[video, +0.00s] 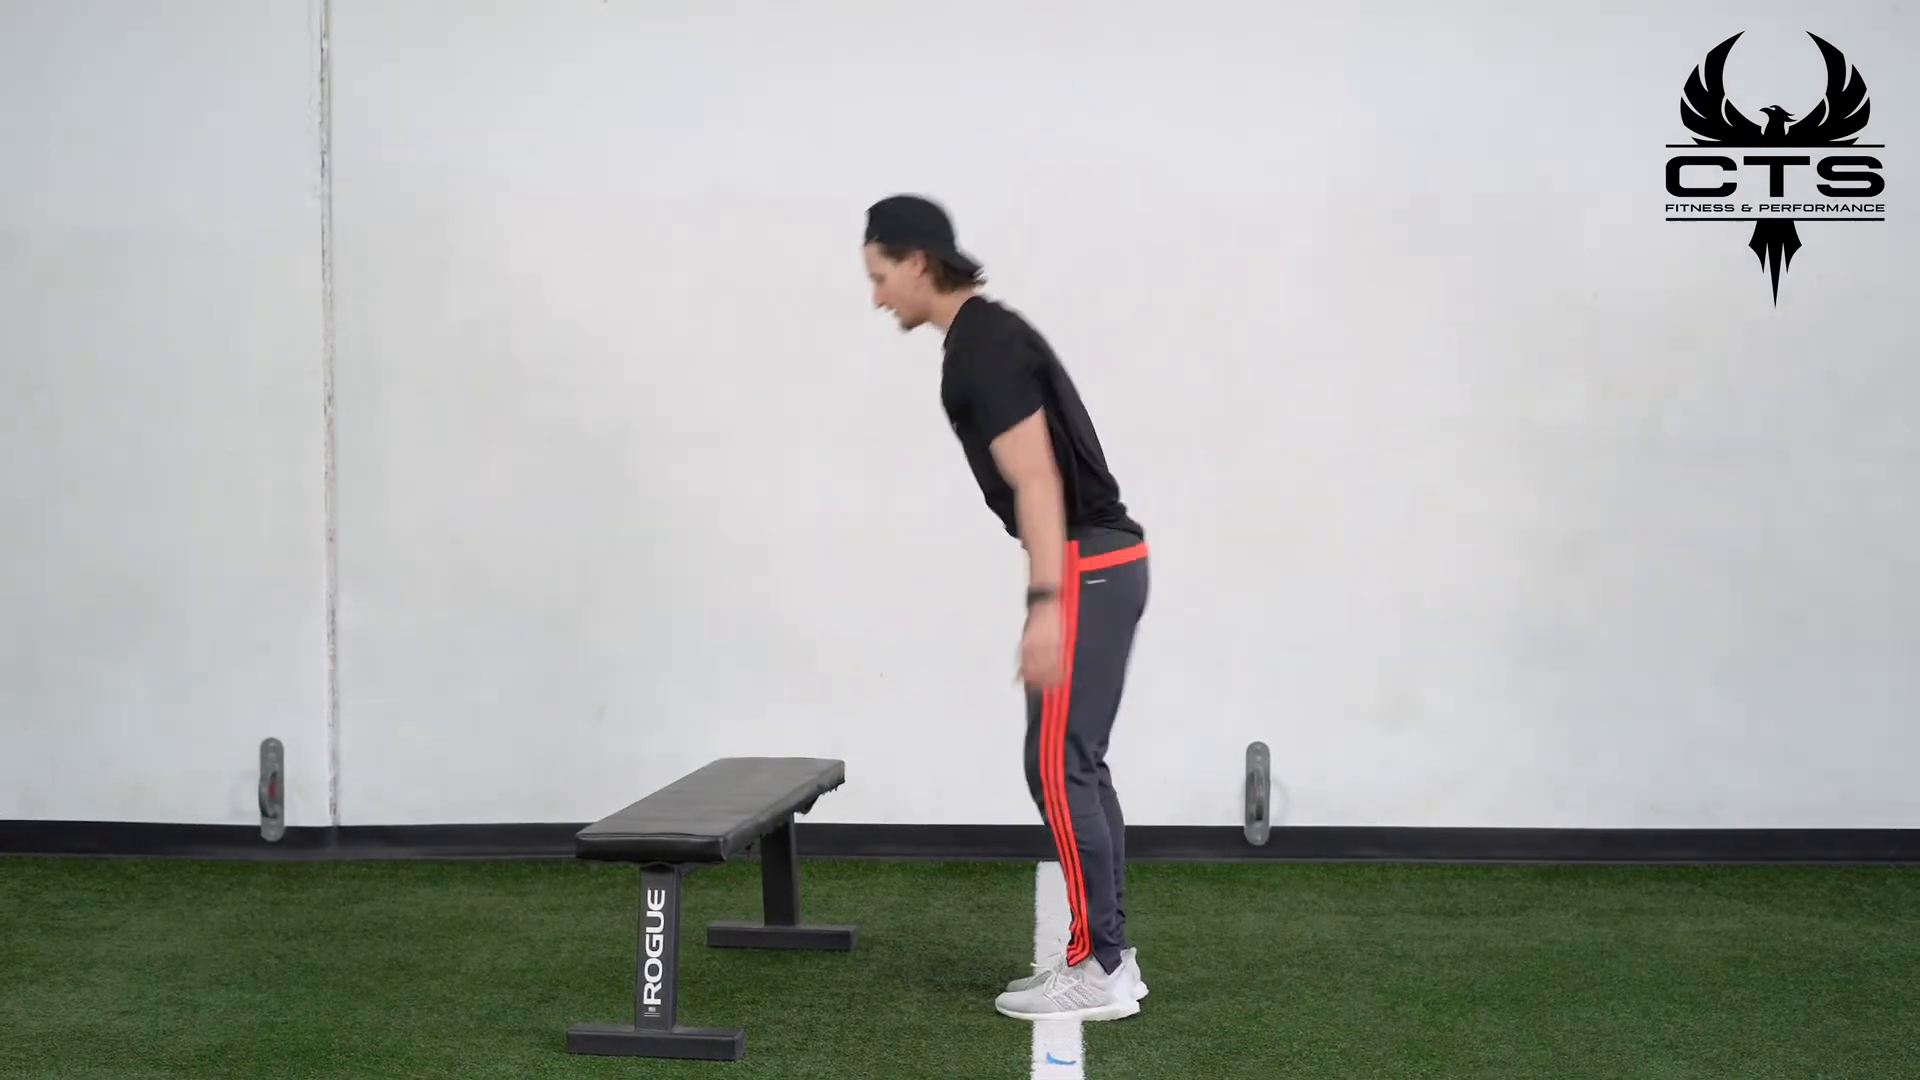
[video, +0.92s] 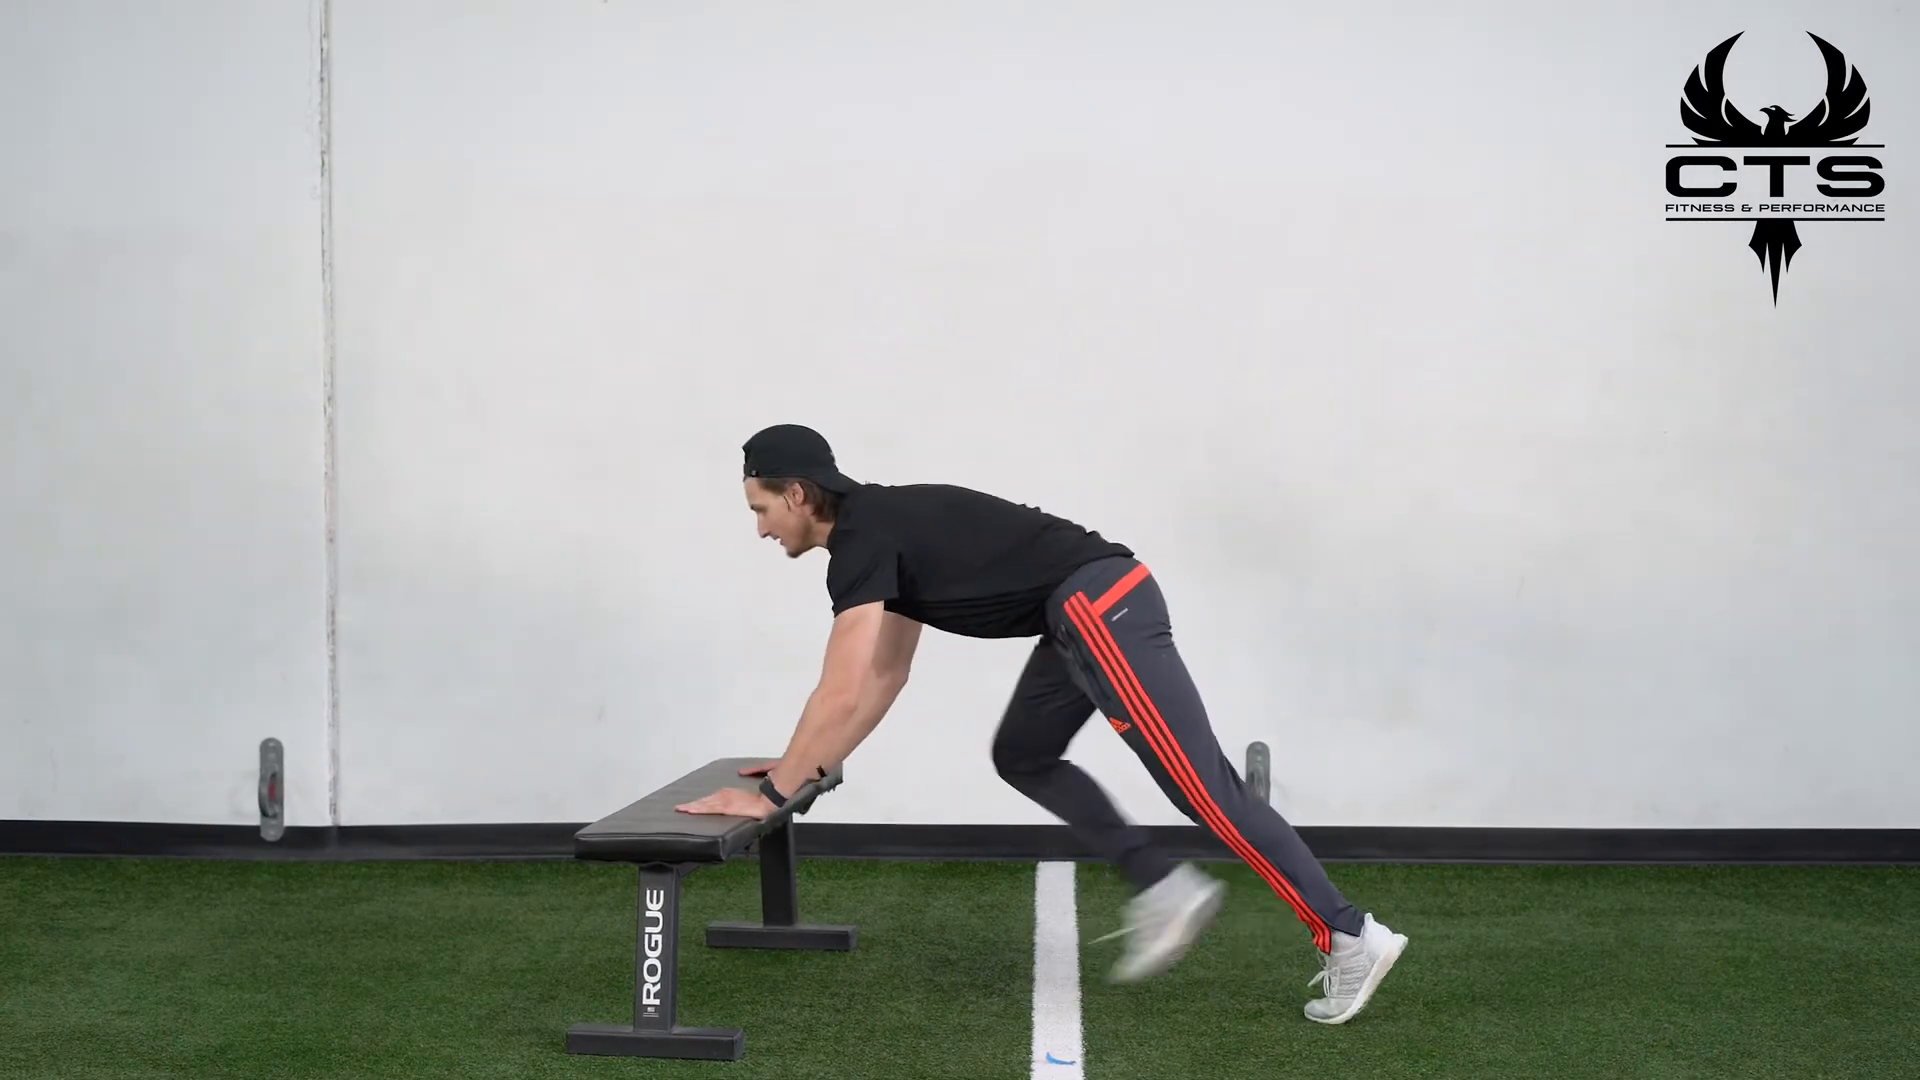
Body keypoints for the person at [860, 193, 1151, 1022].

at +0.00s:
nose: (874, 294)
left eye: (877, 275)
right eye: (871, 278)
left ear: (919, 262)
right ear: (917, 264)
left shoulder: (983, 346)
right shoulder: (978, 339)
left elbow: (1038, 479)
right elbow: (1042, 477)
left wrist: (1043, 603)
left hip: (1088, 568)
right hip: (1086, 565)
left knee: (1058, 765)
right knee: (1073, 762)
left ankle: (1102, 966)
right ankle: (1101, 954)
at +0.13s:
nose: (838, 361)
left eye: (841, 341)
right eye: (834, 344)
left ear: (887, 330)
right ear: (894, 333)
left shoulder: (949, 405)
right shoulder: (967, 391)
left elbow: (969, 558)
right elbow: (1017, 547)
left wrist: (932, 685)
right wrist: (991, 670)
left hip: (1123, 566)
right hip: (1118, 564)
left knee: (1077, 767)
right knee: (1081, 766)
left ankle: (1105, 969)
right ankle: (1102, 958)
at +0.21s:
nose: (825, 414)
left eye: (828, 394)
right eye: (820, 398)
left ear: (871, 381)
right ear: (881, 383)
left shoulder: (937, 450)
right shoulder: (958, 438)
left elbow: (920, 608)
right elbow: (974, 601)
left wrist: (851, 714)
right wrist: (909, 706)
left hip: (1135, 572)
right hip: (1142, 568)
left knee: (1070, 768)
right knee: (1094, 771)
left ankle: (1104, 970)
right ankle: (1107, 960)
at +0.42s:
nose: (803, 502)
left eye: (805, 482)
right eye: (798, 484)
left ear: (842, 467)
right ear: (850, 467)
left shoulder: (910, 517)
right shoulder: (930, 511)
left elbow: (849, 670)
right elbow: (883, 669)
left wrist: (770, 775)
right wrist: (803, 761)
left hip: (1137, 570)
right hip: (1145, 566)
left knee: (1051, 760)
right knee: (1082, 764)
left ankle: (1136, 945)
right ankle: (1114, 946)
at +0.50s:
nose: (784, 519)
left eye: (787, 501)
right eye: (780, 503)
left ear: (827, 484)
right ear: (828, 484)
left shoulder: (890, 531)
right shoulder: (911, 523)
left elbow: (851, 683)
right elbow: (886, 675)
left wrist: (779, 786)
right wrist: (813, 768)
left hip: (1122, 573)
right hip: (1123, 570)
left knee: (1072, 773)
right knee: (1076, 774)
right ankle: (1104, 959)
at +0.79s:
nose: (757, 523)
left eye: (760, 506)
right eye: (753, 508)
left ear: (801, 491)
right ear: (813, 489)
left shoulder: (863, 535)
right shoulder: (891, 535)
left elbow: (837, 687)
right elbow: (876, 682)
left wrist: (770, 792)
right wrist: (807, 769)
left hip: (1099, 592)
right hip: (1081, 605)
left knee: (1194, 780)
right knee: (1018, 757)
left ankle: (1346, 935)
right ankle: (1093, 938)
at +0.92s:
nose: (758, 523)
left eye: (762, 507)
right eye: (754, 509)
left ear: (804, 492)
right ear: (814, 490)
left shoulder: (861, 541)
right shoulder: (887, 534)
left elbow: (846, 688)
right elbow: (881, 685)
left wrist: (772, 791)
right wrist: (808, 768)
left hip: (1098, 598)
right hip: (1077, 610)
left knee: (1201, 781)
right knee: (1023, 755)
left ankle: (1351, 936)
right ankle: (1162, 885)